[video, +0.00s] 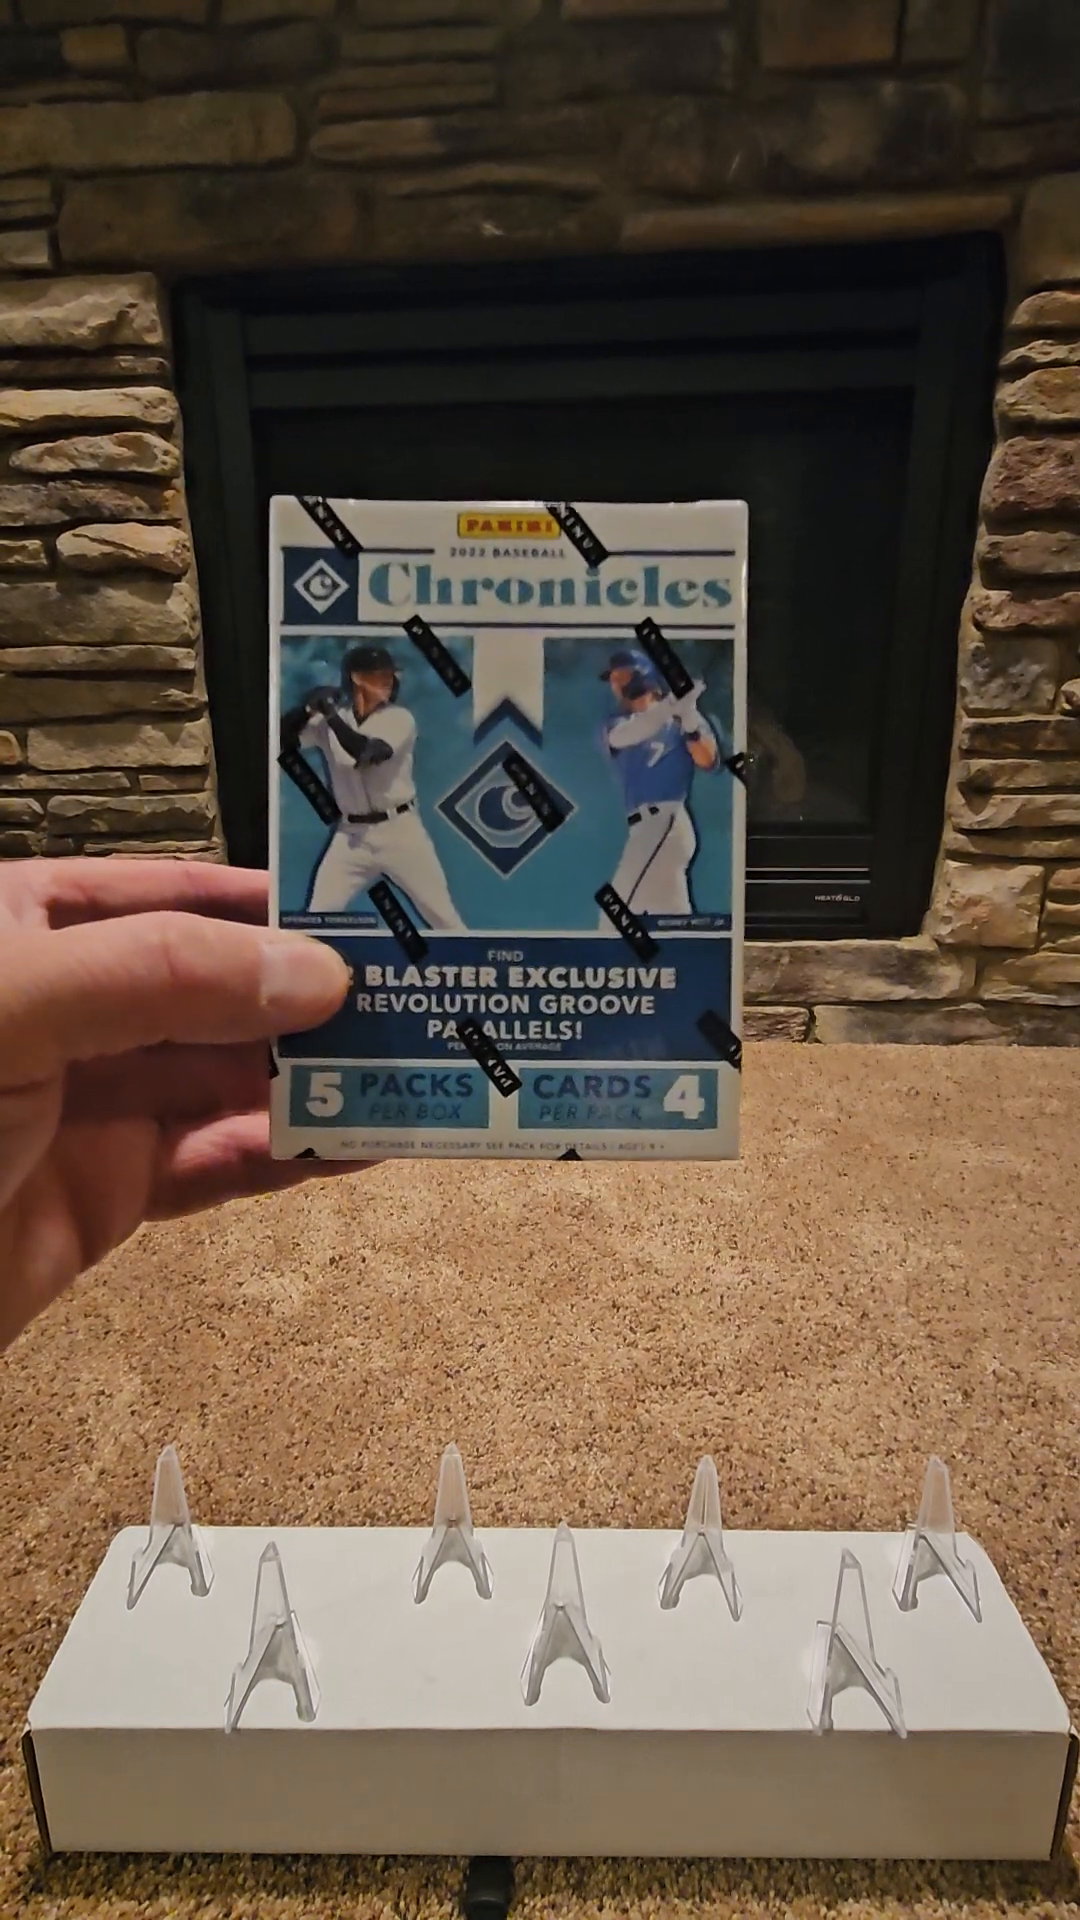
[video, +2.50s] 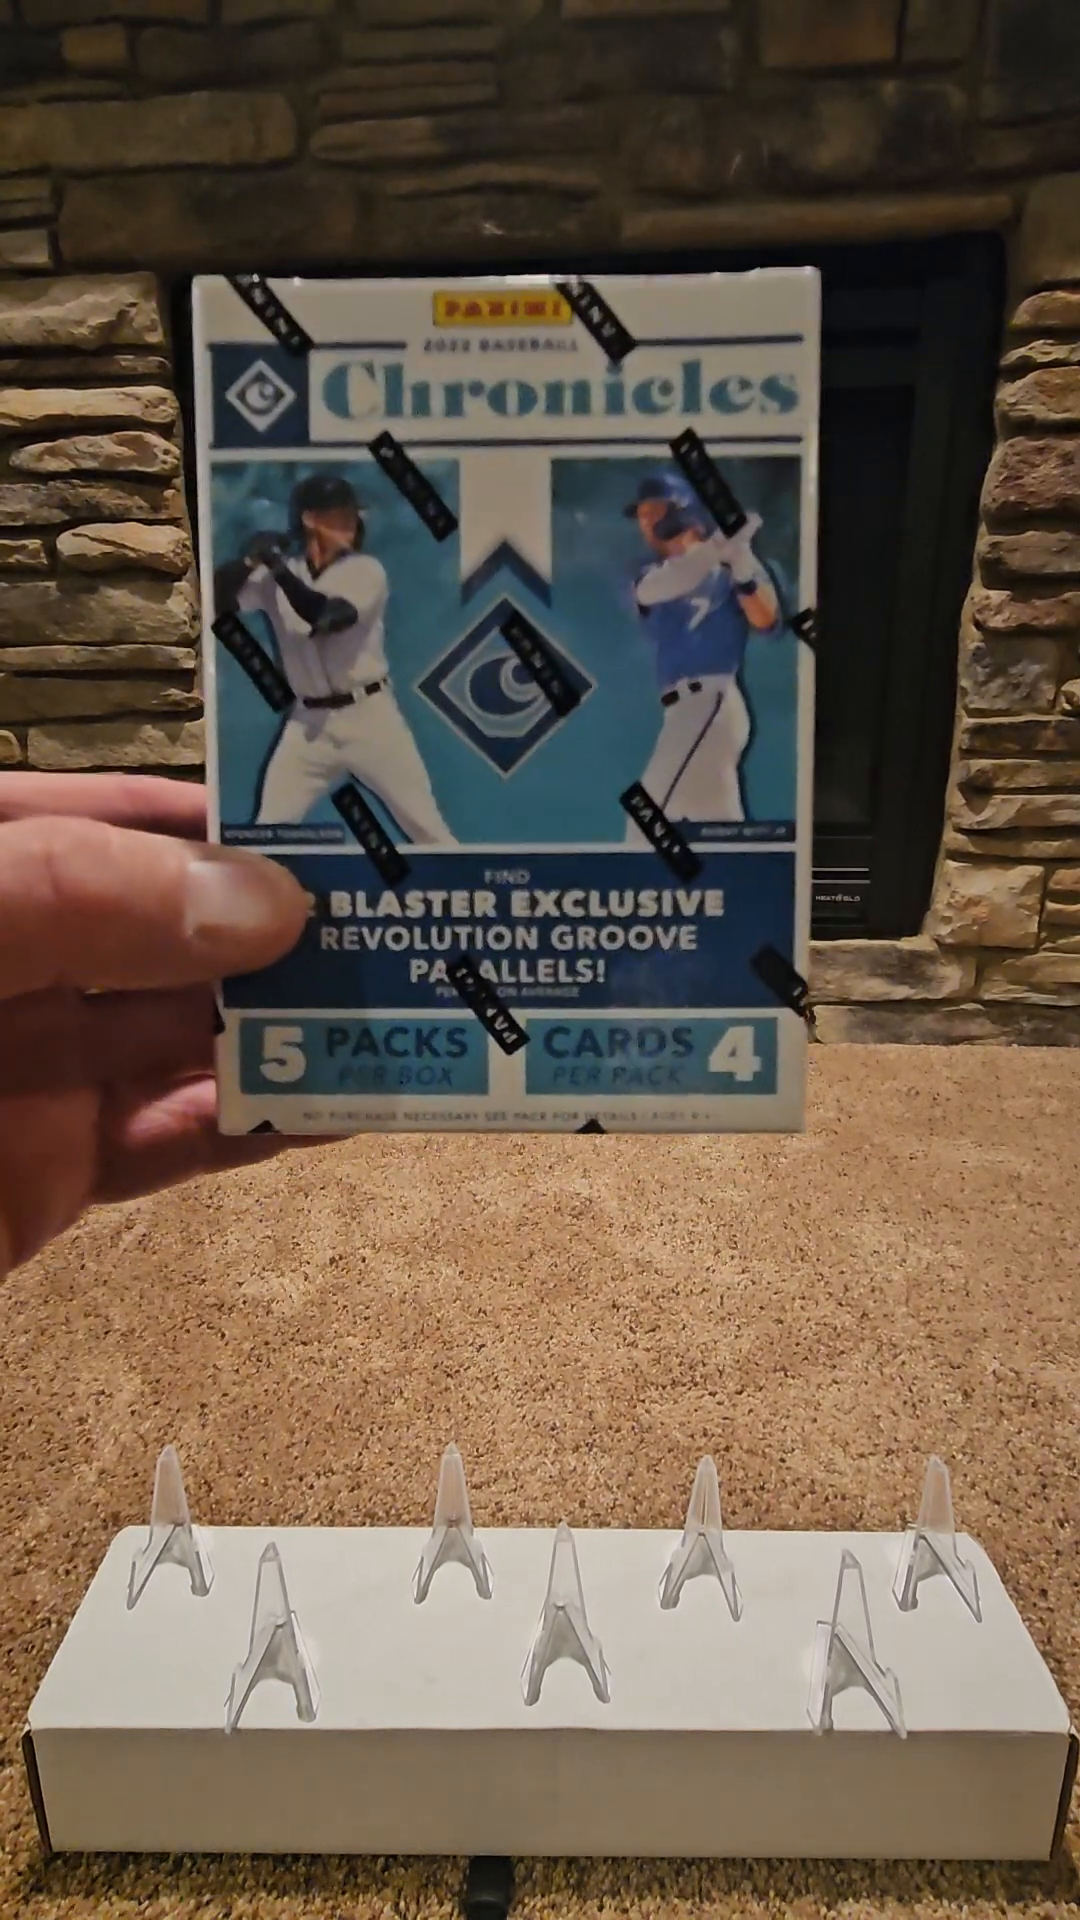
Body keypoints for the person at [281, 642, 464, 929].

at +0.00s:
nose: (390, 679)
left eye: (390, 673)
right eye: (381, 673)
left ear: (393, 679)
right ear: (357, 678)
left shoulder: (399, 718)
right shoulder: (327, 723)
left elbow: (366, 754)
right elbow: (282, 740)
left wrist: (330, 714)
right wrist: (306, 710)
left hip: (401, 832)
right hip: (351, 836)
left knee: (444, 918)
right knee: (319, 920)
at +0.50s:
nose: (381, 693)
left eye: (382, 687)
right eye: (372, 687)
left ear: (387, 691)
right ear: (350, 692)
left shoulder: (393, 731)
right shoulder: (323, 735)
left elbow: (359, 766)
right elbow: (279, 753)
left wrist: (324, 726)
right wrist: (300, 724)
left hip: (395, 843)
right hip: (346, 847)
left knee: (439, 928)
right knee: (314, 932)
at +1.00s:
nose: (376, 690)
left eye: (377, 684)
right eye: (367, 684)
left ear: (382, 689)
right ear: (345, 691)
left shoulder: (389, 730)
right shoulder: (315, 737)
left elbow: (355, 768)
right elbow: (269, 755)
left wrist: (318, 726)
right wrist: (293, 724)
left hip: (392, 846)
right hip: (342, 850)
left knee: (436, 932)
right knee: (309, 937)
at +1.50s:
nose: (372, 647)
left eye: (373, 640)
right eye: (362, 641)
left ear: (377, 644)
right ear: (338, 647)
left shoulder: (384, 687)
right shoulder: (308, 694)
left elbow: (349, 725)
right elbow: (261, 712)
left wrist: (311, 683)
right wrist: (285, 681)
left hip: (387, 805)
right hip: (336, 810)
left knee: (432, 892)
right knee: (304, 897)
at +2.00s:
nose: (336, 601)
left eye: (337, 594)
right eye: (326, 594)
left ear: (340, 599)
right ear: (300, 601)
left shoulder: (349, 645)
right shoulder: (266, 650)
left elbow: (311, 686)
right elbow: (216, 669)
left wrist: (270, 641)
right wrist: (243, 635)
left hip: (352, 774)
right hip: (296, 779)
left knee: (400, 871)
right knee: (261, 875)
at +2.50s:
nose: (349, 519)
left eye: (352, 511)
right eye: (337, 511)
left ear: (358, 519)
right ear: (309, 519)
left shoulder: (365, 571)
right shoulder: (273, 579)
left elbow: (325, 618)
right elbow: (213, 600)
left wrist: (277, 567)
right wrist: (248, 563)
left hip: (371, 719)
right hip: (308, 724)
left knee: (427, 829)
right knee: (269, 835)